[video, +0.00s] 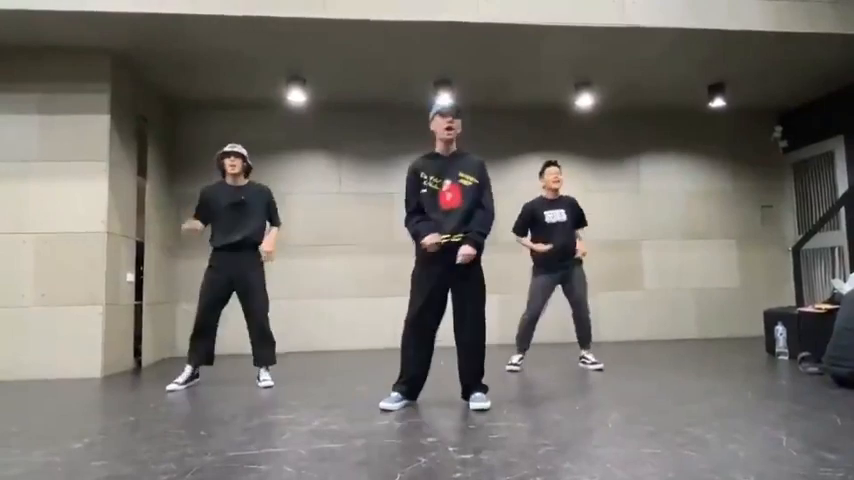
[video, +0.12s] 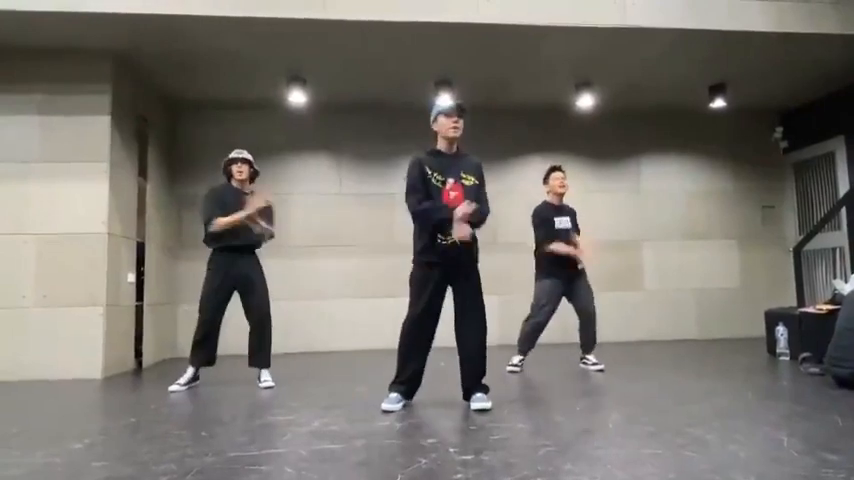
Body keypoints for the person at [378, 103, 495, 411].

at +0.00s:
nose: (450, 123)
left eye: (454, 118)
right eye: (443, 117)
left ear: (460, 126)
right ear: (431, 125)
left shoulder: (475, 166)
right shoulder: (419, 168)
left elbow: (485, 209)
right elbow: (412, 212)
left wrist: (473, 241)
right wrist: (424, 233)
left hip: (467, 257)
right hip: (431, 258)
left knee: (471, 325)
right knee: (419, 323)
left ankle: (474, 389)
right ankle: (405, 389)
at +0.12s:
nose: (455, 121)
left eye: (459, 117)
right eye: (448, 116)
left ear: (463, 124)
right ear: (434, 123)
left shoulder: (473, 167)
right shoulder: (421, 164)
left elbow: (482, 209)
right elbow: (417, 208)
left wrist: (469, 217)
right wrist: (453, 212)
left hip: (464, 257)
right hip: (430, 257)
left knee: (472, 323)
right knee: (418, 323)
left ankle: (475, 390)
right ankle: (401, 389)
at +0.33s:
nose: (441, 125)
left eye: (445, 120)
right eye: (435, 120)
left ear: (452, 126)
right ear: (424, 126)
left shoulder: (464, 165)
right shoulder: (414, 163)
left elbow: (481, 205)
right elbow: (395, 191)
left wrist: (470, 178)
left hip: (455, 260)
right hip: (419, 259)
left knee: (464, 324)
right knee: (411, 324)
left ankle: (475, 390)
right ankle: (402, 390)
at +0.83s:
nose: (417, 119)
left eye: (423, 115)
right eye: (412, 117)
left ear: (435, 124)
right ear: (407, 129)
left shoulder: (456, 157)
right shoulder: (400, 170)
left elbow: (488, 185)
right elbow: (369, 195)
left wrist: (502, 156)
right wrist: (354, 167)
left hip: (450, 258)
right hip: (413, 261)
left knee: (460, 324)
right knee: (409, 326)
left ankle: (475, 390)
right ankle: (403, 391)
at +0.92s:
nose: (412, 122)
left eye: (418, 116)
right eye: (407, 120)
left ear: (432, 124)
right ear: (404, 131)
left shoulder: (453, 155)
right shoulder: (402, 171)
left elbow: (486, 185)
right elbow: (370, 197)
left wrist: (500, 157)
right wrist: (353, 169)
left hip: (449, 256)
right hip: (414, 260)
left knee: (459, 323)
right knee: (411, 326)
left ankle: (475, 390)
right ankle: (403, 390)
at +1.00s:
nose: (409, 127)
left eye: (416, 121)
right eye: (406, 123)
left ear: (431, 126)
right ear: (403, 132)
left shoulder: (454, 157)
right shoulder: (403, 174)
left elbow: (486, 189)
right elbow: (374, 202)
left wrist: (500, 161)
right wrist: (355, 173)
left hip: (448, 257)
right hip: (413, 261)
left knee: (458, 324)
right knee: (410, 326)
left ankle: (475, 390)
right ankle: (403, 390)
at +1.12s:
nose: (416, 137)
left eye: (422, 131)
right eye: (413, 132)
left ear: (437, 133)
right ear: (409, 137)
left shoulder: (460, 162)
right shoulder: (411, 178)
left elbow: (490, 196)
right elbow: (384, 209)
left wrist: (501, 173)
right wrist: (363, 182)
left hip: (447, 259)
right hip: (412, 262)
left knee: (457, 326)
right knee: (407, 328)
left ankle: (475, 390)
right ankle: (402, 391)